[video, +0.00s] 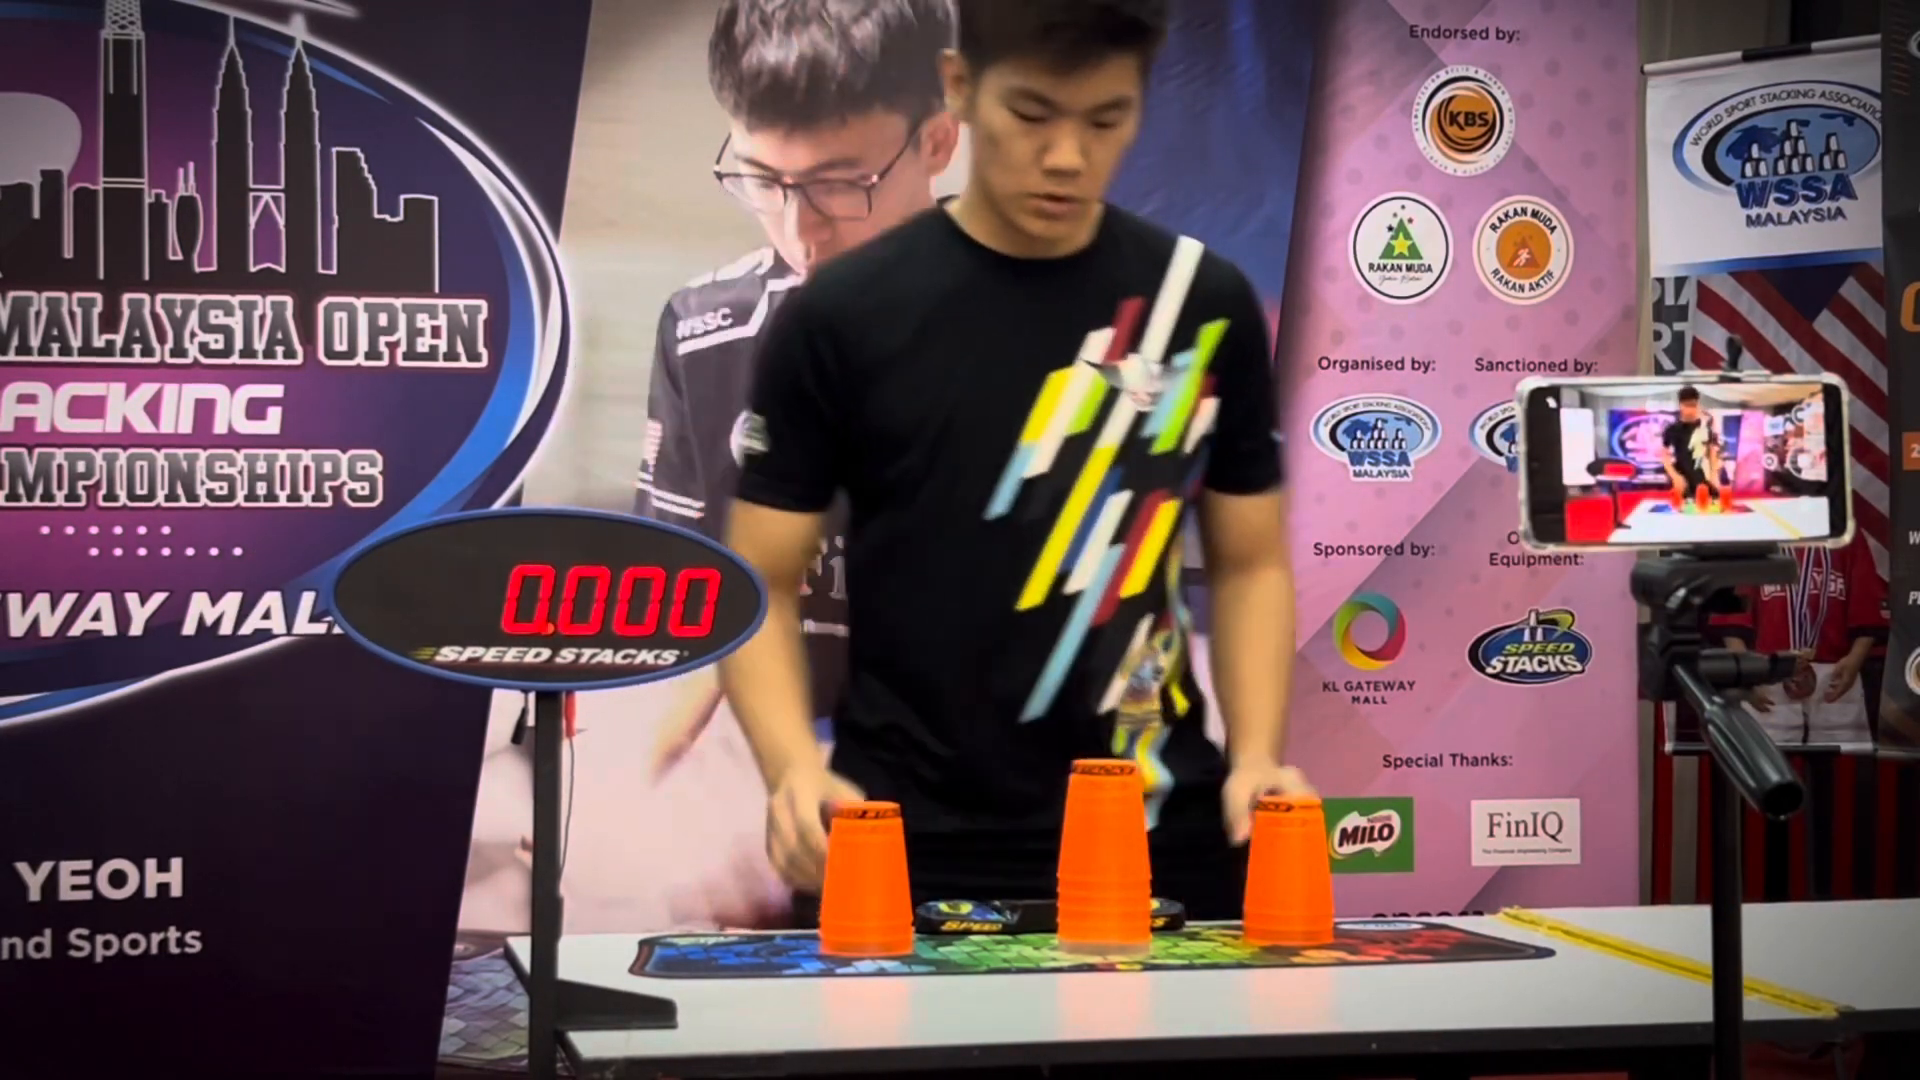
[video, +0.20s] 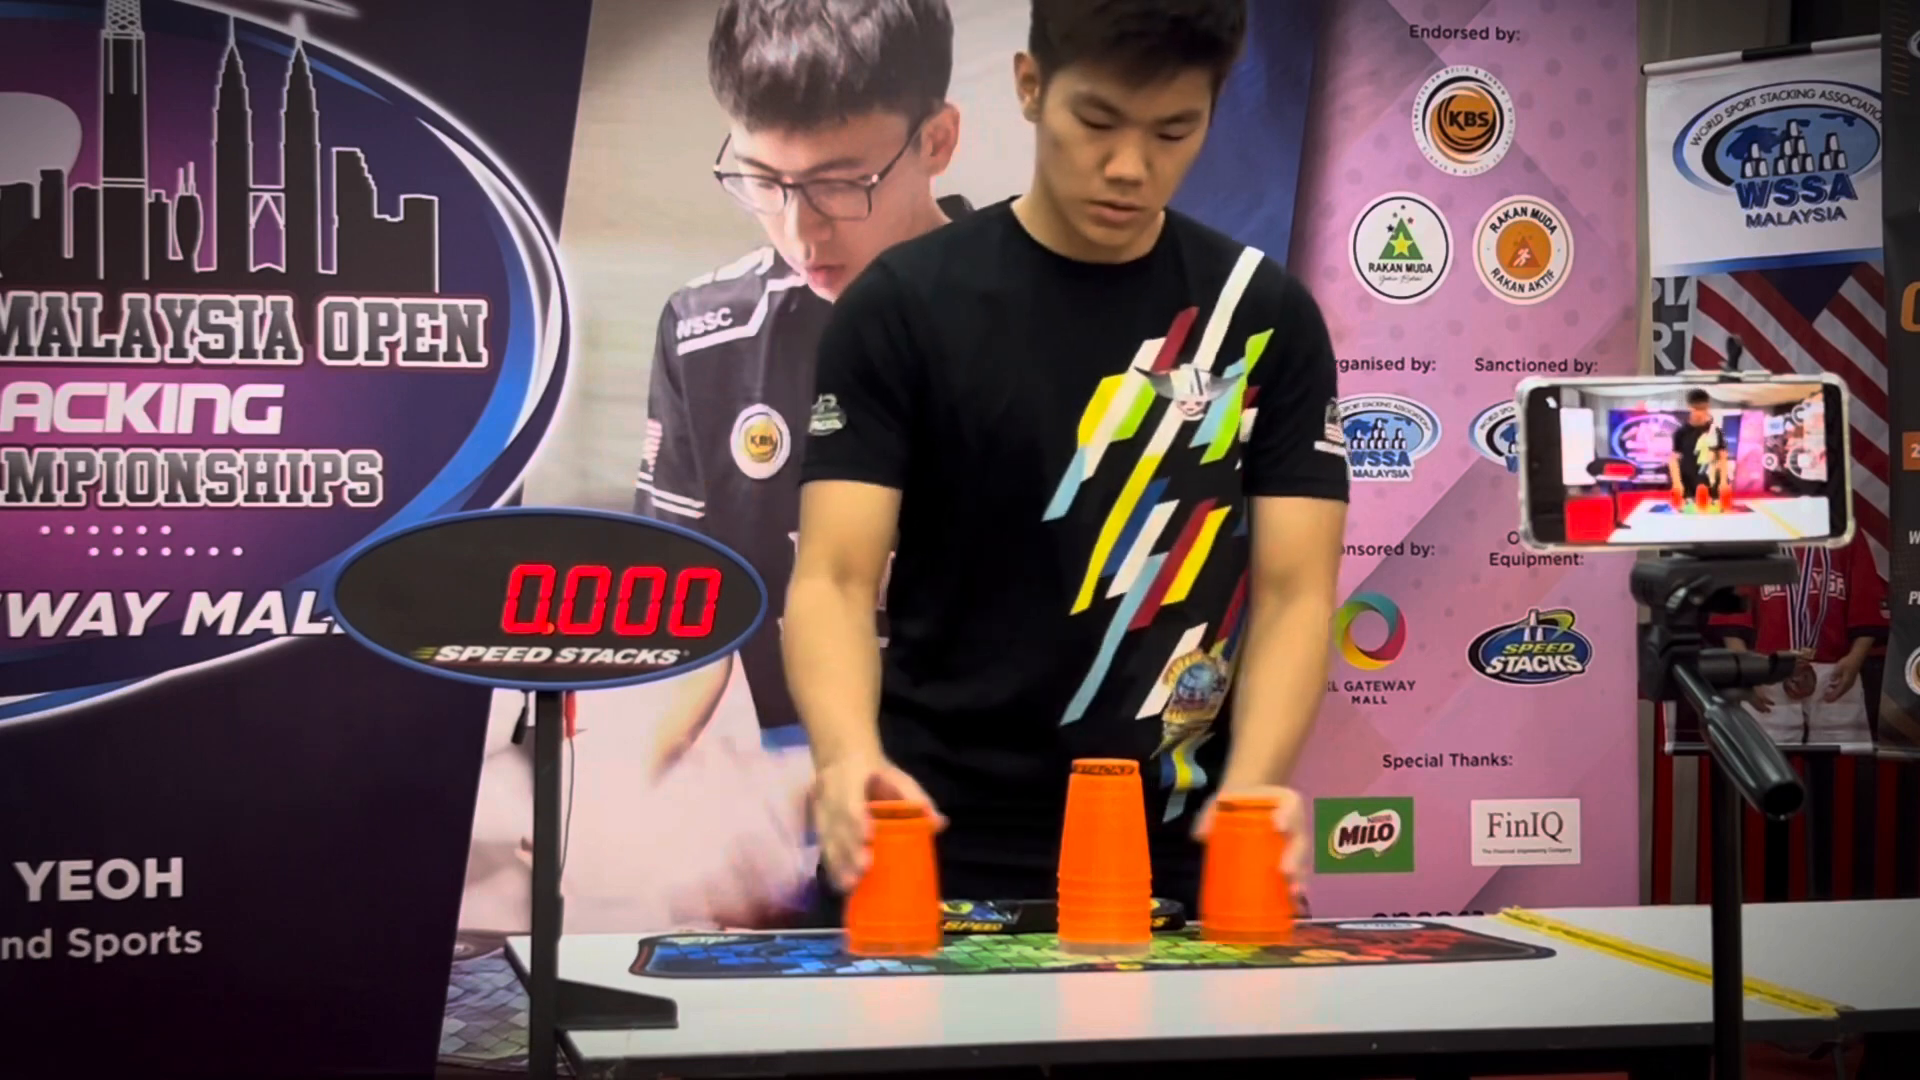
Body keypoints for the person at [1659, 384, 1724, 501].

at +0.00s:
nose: (1691, 411)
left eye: (1694, 406)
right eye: (1687, 406)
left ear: (1698, 406)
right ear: (1680, 406)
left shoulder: (1707, 428)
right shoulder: (1673, 430)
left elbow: (1713, 453)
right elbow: (1666, 457)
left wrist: (1714, 477)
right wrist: (1676, 478)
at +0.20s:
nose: (1701, 413)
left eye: (1704, 409)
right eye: (1697, 409)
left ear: (1708, 408)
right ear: (1690, 408)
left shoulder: (1715, 431)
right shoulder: (1681, 433)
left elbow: (1722, 457)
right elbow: (1674, 459)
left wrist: (1723, 482)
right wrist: (1677, 484)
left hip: (1711, 490)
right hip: (1688, 490)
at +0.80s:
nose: (1707, 418)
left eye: (1711, 414)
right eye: (1704, 413)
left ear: (1715, 413)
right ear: (1697, 411)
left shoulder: (1719, 436)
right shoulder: (1686, 435)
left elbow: (1722, 462)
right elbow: (1676, 460)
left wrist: (1720, 487)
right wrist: (1678, 480)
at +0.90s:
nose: (1708, 418)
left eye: (1712, 414)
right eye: (1705, 413)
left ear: (1716, 413)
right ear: (1698, 412)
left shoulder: (1720, 437)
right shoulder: (1687, 435)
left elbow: (1723, 463)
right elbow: (1679, 463)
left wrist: (1719, 485)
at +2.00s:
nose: (1709, 427)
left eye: (1713, 422)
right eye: (1706, 421)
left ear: (1717, 421)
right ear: (1699, 418)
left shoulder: (1721, 443)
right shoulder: (1687, 439)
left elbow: (1723, 471)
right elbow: (1676, 467)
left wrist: (1715, 491)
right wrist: (1696, 485)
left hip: (1711, 497)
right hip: (1688, 497)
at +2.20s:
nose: (1714, 426)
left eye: (1717, 422)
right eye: (1711, 421)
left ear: (1721, 422)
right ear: (1702, 418)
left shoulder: (1721, 443)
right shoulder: (1690, 440)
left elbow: (1724, 467)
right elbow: (1688, 470)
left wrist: (1726, 482)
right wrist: (1713, 480)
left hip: (1715, 496)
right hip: (1693, 495)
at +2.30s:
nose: (1714, 426)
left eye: (1718, 422)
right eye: (1712, 421)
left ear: (1721, 422)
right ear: (1703, 418)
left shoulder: (1722, 443)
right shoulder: (1691, 440)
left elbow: (1725, 467)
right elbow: (1688, 470)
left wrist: (1729, 487)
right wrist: (1713, 486)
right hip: (1693, 494)